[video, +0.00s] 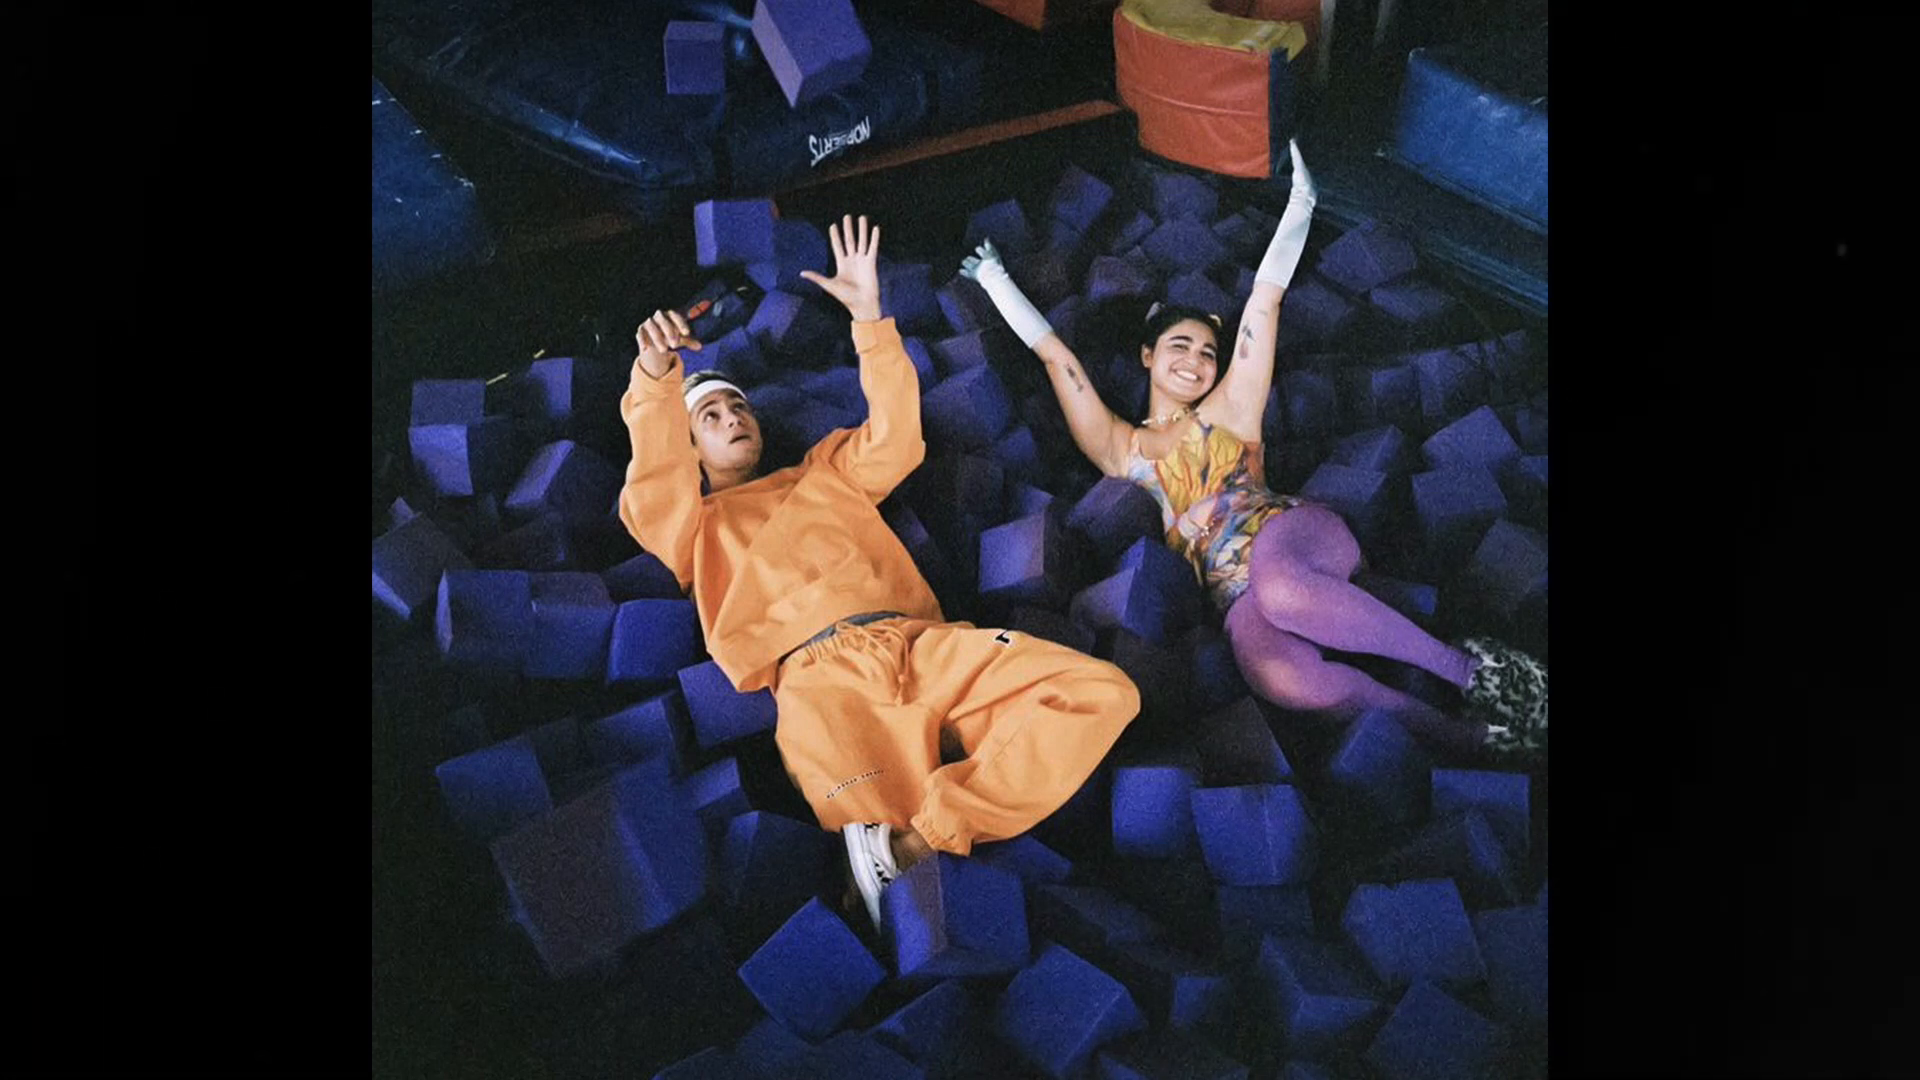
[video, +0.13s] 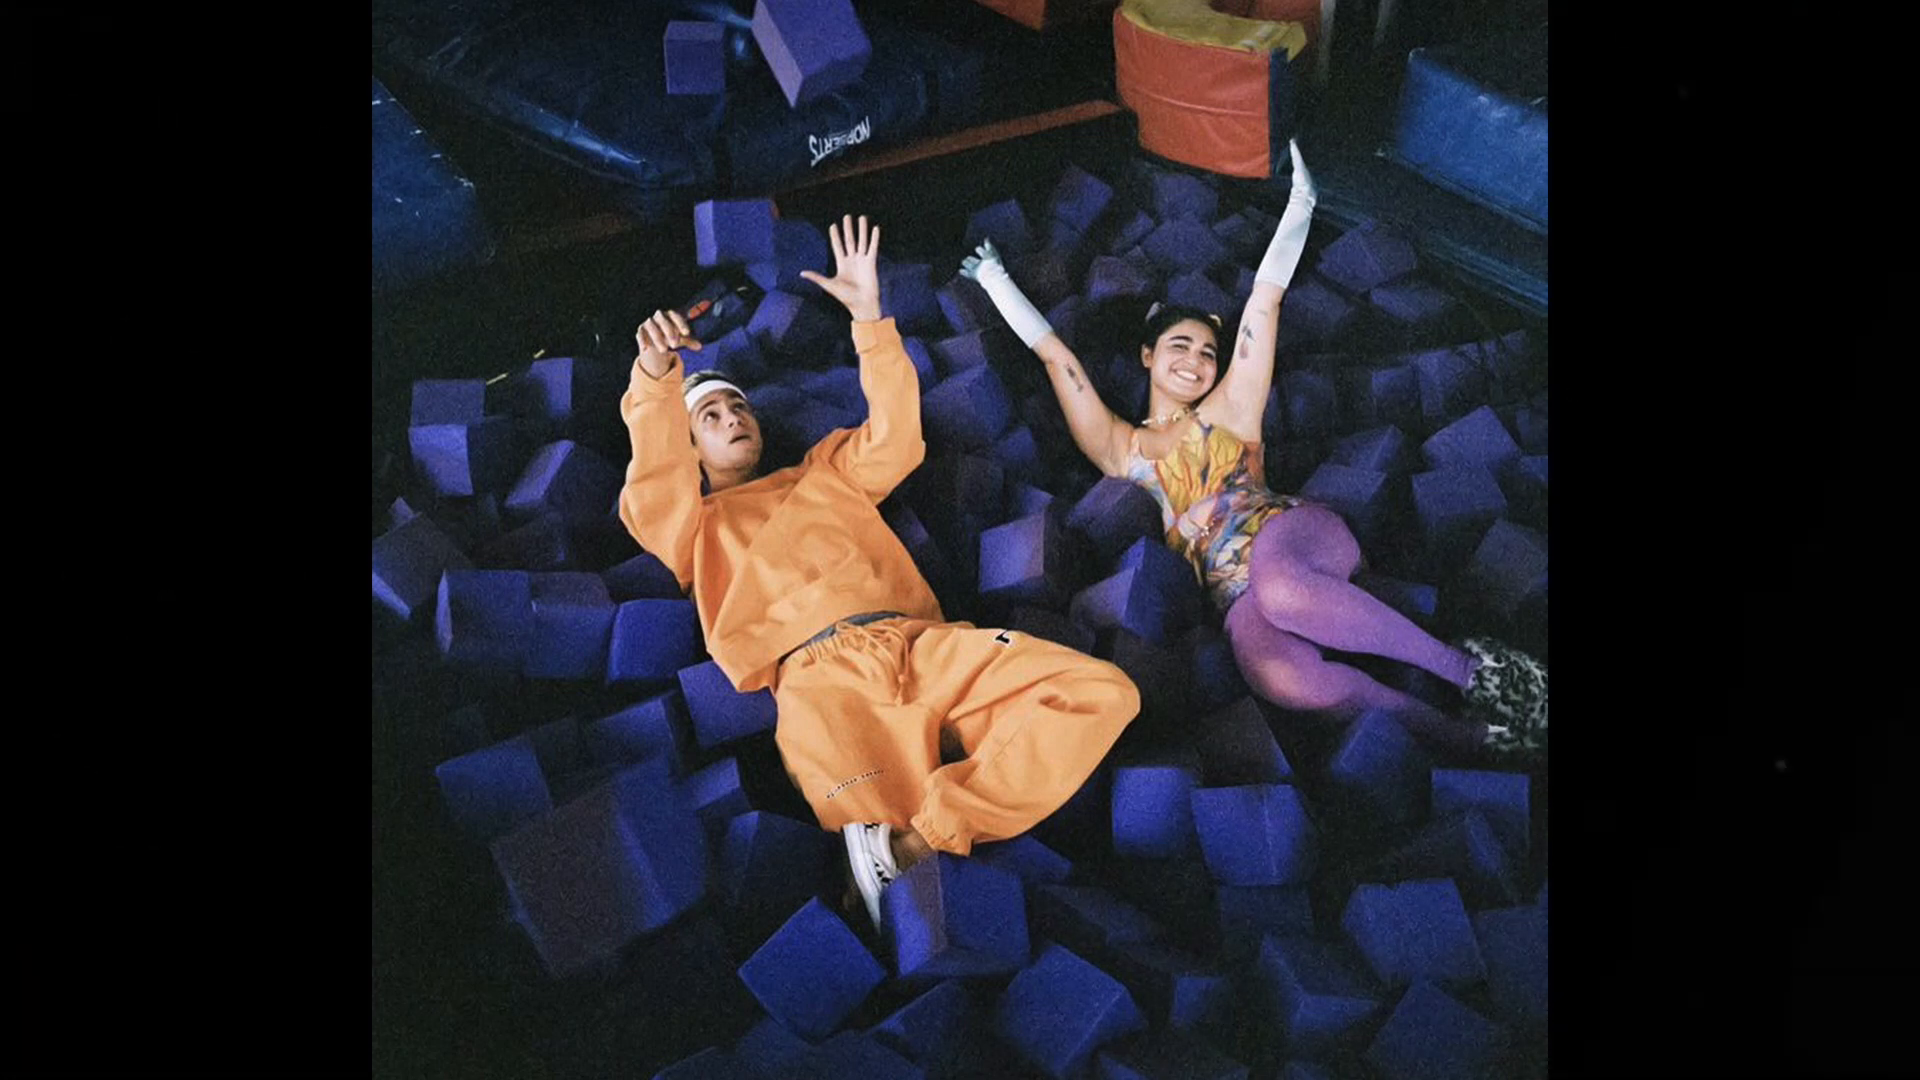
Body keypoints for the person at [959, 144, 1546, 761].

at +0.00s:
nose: (1191, 360)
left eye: (1205, 354)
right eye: (1176, 346)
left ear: (1216, 371)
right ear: (1145, 358)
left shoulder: (1230, 411)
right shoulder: (1122, 449)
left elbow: (1264, 305)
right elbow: (1058, 360)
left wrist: (1299, 208)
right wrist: (992, 278)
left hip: (1287, 530)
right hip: (1238, 596)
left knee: (1279, 593)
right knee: (1288, 681)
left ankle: (1472, 671)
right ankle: (1463, 735)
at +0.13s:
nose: (1191, 360)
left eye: (1205, 354)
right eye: (1177, 346)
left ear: (1216, 371)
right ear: (1145, 357)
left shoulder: (1230, 411)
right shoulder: (1122, 448)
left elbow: (1263, 306)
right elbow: (1058, 359)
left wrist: (1298, 209)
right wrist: (992, 278)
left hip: (1287, 531)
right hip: (1238, 596)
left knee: (1280, 593)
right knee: (1288, 681)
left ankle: (1472, 671)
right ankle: (1466, 736)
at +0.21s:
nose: (1191, 360)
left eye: (1205, 354)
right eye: (1177, 346)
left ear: (1216, 371)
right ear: (1145, 357)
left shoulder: (1230, 411)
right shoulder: (1122, 448)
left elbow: (1263, 306)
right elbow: (1058, 359)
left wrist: (1298, 209)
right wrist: (992, 278)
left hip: (1287, 531)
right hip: (1238, 596)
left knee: (1280, 593)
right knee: (1288, 681)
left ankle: (1472, 671)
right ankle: (1466, 736)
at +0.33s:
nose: (1191, 360)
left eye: (1205, 354)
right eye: (1176, 346)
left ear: (1216, 371)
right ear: (1144, 358)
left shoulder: (1230, 411)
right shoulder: (1122, 449)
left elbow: (1264, 305)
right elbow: (1058, 360)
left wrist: (1299, 208)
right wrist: (992, 278)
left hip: (1287, 530)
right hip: (1238, 596)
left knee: (1279, 593)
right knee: (1288, 681)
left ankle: (1471, 671)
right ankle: (1464, 735)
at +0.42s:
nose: (1191, 360)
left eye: (1205, 354)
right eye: (1177, 346)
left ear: (1216, 371)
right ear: (1145, 357)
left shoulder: (1230, 411)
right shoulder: (1122, 448)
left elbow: (1264, 306)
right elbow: (1057, 359)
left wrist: (1298, 209)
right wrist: (991, 278)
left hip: (1287, 531)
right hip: (1238, 596)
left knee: (1278, 593)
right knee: (1287, 680)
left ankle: (1471, 671)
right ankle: (1463, 735)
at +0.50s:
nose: (1191, 360)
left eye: (1205, 354)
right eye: (1177, 346)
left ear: (1216, 371)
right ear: (1145, 357)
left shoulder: (1230, 411)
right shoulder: (1122, 448)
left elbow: (1264, 306)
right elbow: (1057, 359)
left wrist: (1298, 209)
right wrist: (991, 278)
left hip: (1287, 531)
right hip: (1238, 596)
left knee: (1278, 593)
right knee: (1287, 680)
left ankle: (1471, 671)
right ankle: (1463, 735)